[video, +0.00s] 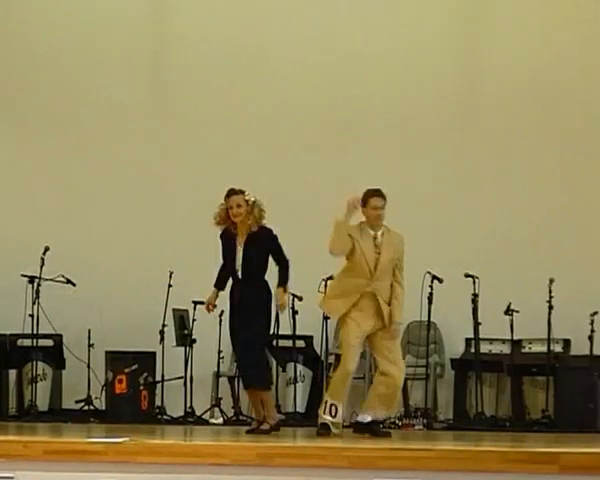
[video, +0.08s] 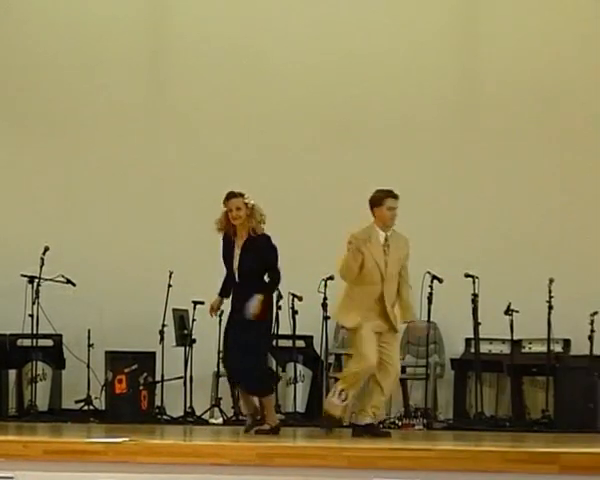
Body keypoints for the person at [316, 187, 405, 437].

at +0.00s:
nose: (378, 213)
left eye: (382, 208)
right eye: (373, 208)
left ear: (386, 210)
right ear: (363, 210)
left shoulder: (395, 239)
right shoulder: (353, 232)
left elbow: (397, 279)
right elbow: (336, 249)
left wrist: (396, 316)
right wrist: (346, 216)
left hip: (384, 309)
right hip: (355, 307)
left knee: (393, 371)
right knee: (348, 364)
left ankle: (367, 419)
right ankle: (327, 419)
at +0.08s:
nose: (394, 214)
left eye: (396, 209)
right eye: (390, 209)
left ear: (396, 211)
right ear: (375, 210)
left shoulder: (401, 242)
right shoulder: (359, 239)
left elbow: (403, 280)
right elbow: (347, 275)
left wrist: (408, 314)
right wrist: (355, 248)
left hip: (389, 314)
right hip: (361, 312)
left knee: (390, 369)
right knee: (366, 360)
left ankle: (365, 419)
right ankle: (336, 402)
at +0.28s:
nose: (416, 216)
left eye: (416, 211)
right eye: (412, 211)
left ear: (407, 213)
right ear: (396, 212)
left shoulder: (409, 241)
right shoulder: (381, 244)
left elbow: (432, 246)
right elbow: (365, 282)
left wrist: (454, 234)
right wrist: (356, 319)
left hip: (393, 317)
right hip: (378, 317)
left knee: (383, 371)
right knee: (404, 352)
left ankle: (361, 419)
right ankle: (423, 392)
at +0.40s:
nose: (431, 218)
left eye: (432, 214)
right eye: (427, 213)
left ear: (425, 214)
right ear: (413, 213)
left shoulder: (412, 235)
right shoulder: (405, 243)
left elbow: (430, 217)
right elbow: (379, 278)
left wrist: (440, 200)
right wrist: (369, 317)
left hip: (390, 312)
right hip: (398, 312)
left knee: (396, 370)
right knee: (434, 348)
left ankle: (363, 417)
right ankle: (444, 409)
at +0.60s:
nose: (457, 222)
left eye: (456, 217)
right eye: (454, 217)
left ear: (431, 218)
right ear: (443, 219)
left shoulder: (412, 237)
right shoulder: (446, 255)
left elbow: (403, 233)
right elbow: (442, 300)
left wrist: (423, 217)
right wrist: (443, 334)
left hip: (398, 316)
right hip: (425, 322)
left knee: (400, 361)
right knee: (454, 366)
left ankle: (389, 411)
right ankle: (444, 421)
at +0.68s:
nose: (461, 220)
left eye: (460, 216)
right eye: (461, 216)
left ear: (438, 215)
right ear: (456, 218)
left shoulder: (417, 238)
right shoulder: (457, 252)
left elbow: (397, 262)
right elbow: (466, 292)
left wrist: (416, 252)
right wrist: (477, 321)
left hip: (407, 314)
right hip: (437, 319)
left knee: (403, 359)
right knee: (460, 368)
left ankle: (398, 414)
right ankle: (447, 420)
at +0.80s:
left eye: (433, 205)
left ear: (431, 208)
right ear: (452, 209)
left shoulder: (416, 237)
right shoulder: (462, 241)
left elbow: (398, 276)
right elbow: (487, 270)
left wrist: (379, 303)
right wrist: (516, 269)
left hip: (414, 313)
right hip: (448, 316)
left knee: (406, 359)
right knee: (459, 368)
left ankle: (392, 406)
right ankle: (451, 420)